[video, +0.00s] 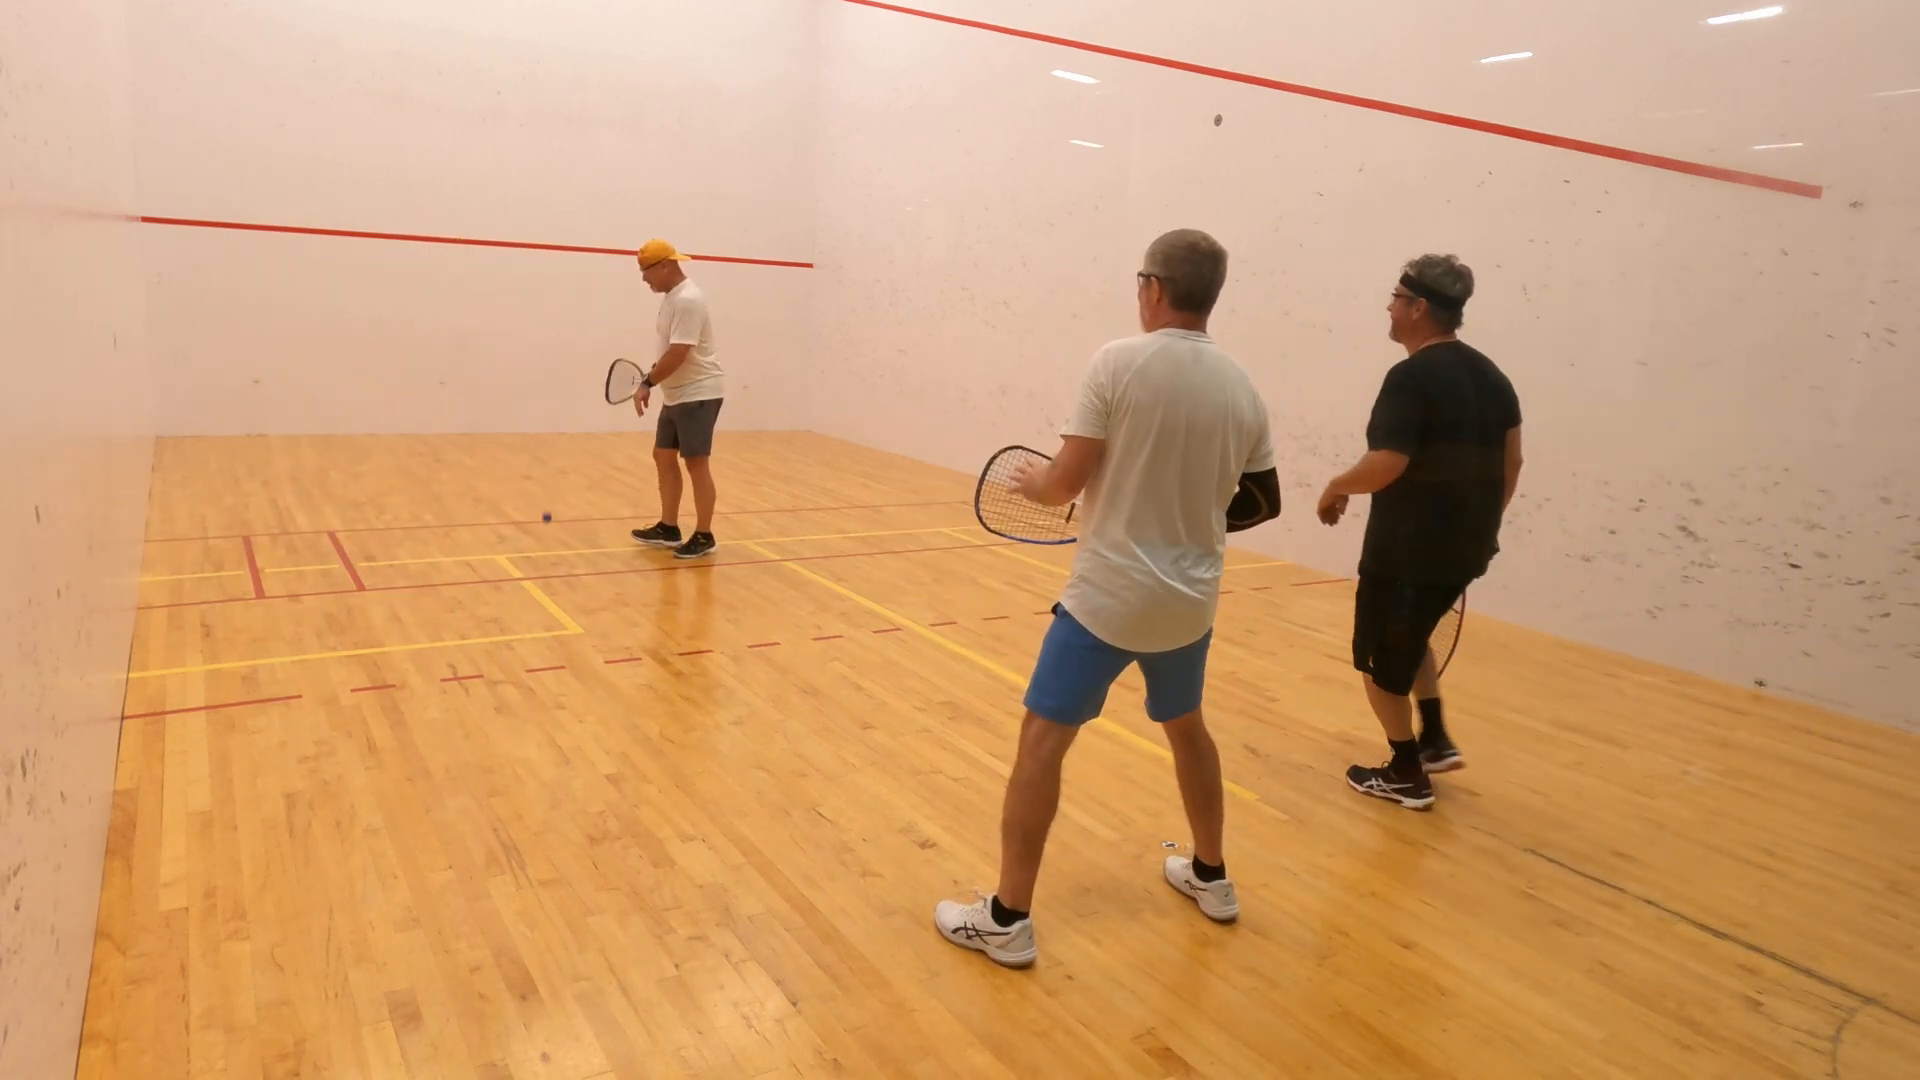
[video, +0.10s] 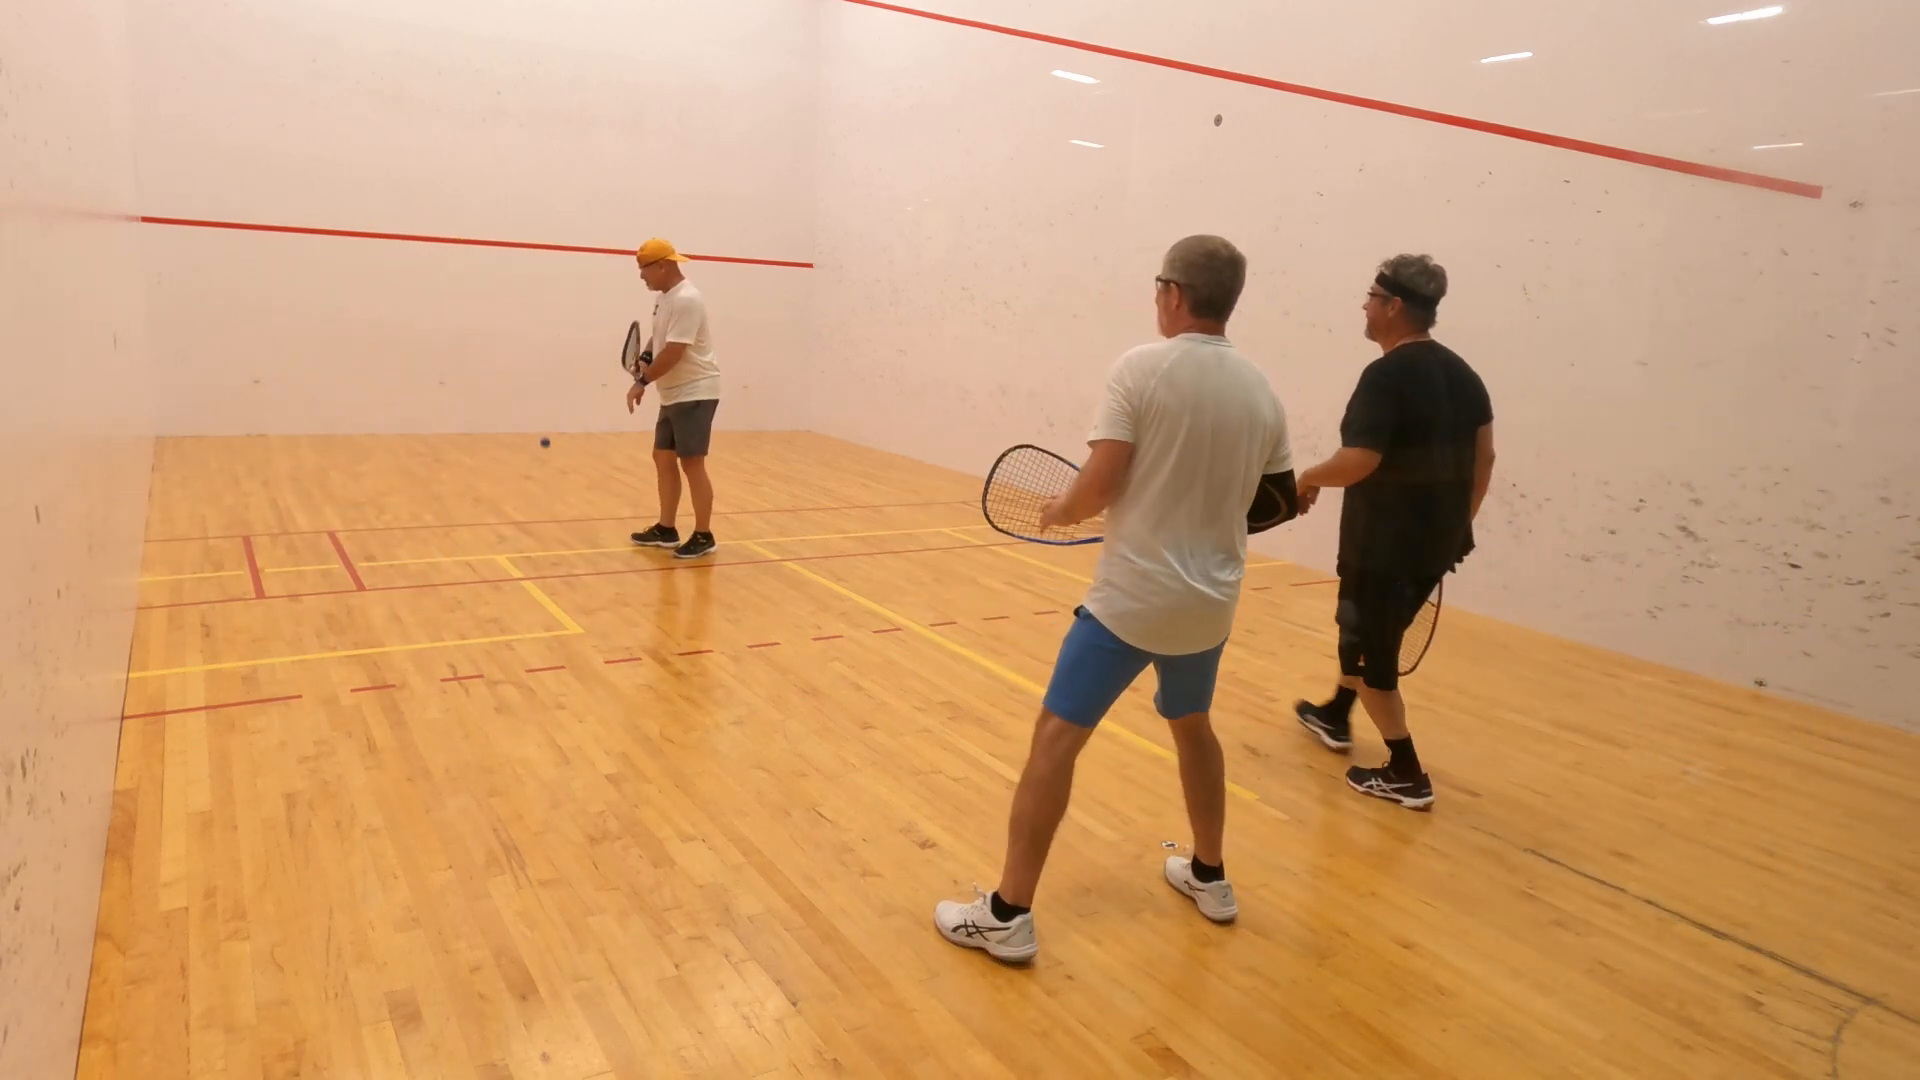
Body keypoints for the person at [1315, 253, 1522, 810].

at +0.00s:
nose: (1390, 305)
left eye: (1398, 298)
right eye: (1394, 296)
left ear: (1420, 309)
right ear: (1446, 312)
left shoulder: (1409, 377)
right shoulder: (1492, 378)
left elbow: (1386, 464)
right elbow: (1510, 463)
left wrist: (1338, 486)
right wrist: (1484, 526)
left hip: (1406, 549)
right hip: (1465, 547)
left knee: (1382, 659)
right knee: (1410, 633)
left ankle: (1405, 772)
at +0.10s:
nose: (1365, 305)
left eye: (1373, 297)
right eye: (1369, 295)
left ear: (1397, 307)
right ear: (1419, 311)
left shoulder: (1384, 375)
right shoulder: (1463, 376)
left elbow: (1359, 459)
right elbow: (1483, 457)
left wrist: (1309, 477)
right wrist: (1463, 522)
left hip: (1384, 545)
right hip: (1436, 542)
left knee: (1369, 653)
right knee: (1361, 623)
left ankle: (1406, 772)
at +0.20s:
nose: (1340, 305)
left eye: (1347, 298)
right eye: (1345, 295)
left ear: (1369, 308)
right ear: (1394, 312)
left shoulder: (1359, 377)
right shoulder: (1433, 377)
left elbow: (1335, 457)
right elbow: (1453, 455)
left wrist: (1280, 476)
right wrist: (1438, 522)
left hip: (1358, 545)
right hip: (1406, 541)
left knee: (1353, 648)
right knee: (1329, 615)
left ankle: (1404, 770)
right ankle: (1273, 684)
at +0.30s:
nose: (1318, 308)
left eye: (1326, 300)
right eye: (1323, 298)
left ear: (1347, 311)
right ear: (1370, 315)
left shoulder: (1333, 381)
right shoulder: (1405, 381)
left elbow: (1315, 459)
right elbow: (1420, 455)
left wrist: (1257, 466)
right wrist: (1411, 520)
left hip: (1319, 537)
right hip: (1368, 537)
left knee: (1334, 645)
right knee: (1289, 607)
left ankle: (1399, 757)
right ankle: (1247, 692)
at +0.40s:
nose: (1299, 304)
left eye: (1308, 297)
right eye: (1305, 295)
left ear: (1326, 308)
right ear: (1352, 314)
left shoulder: (1308, 372)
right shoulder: (1378, 378)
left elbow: (1276, 452)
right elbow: (1387, 456)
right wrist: (1379, 517)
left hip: (1297, 528)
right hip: (1339, 532)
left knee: (1296, 629)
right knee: (1260, 597)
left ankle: (1375, 730)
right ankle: (1242, 690)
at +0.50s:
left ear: (1306, 299)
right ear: (1341, 304)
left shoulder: (1293, 355)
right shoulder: (1354, 366)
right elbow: (1358, 445)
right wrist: (1346, 501)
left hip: (1279, 507)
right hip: (1315, 510)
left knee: (1258, 615)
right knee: (1263, 601)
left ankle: (1329, 697)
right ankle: (1246, 699)